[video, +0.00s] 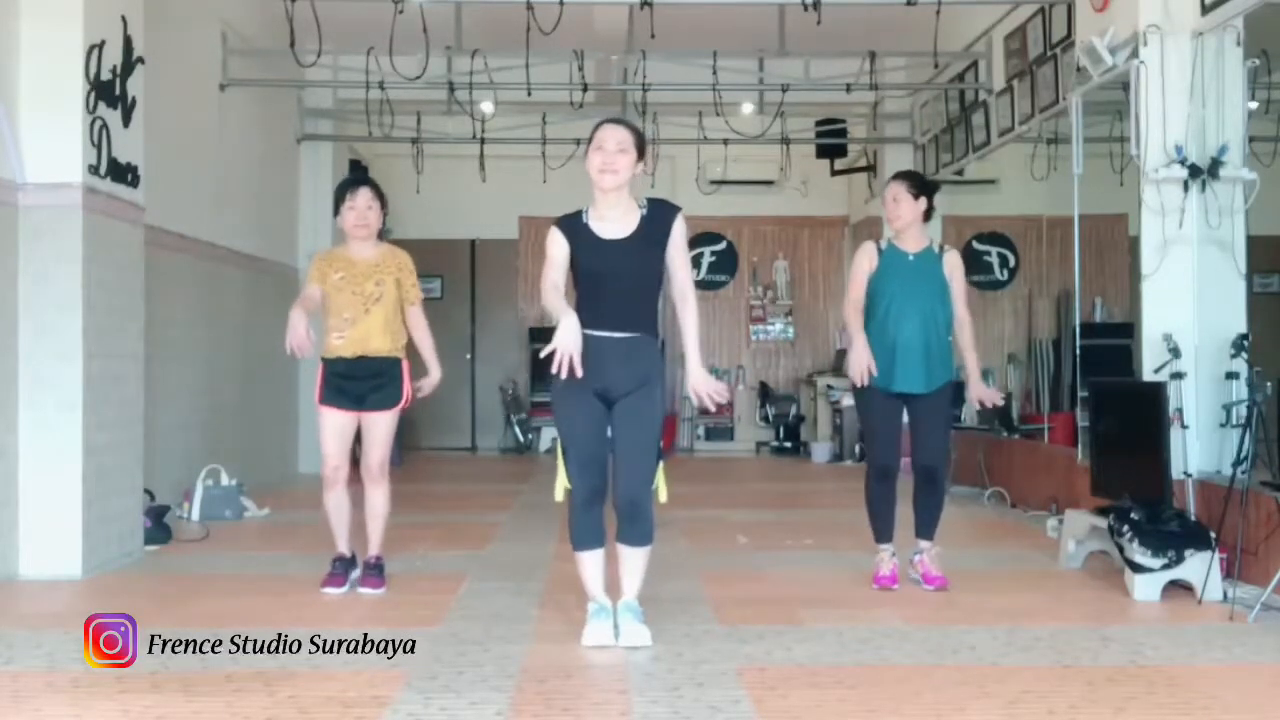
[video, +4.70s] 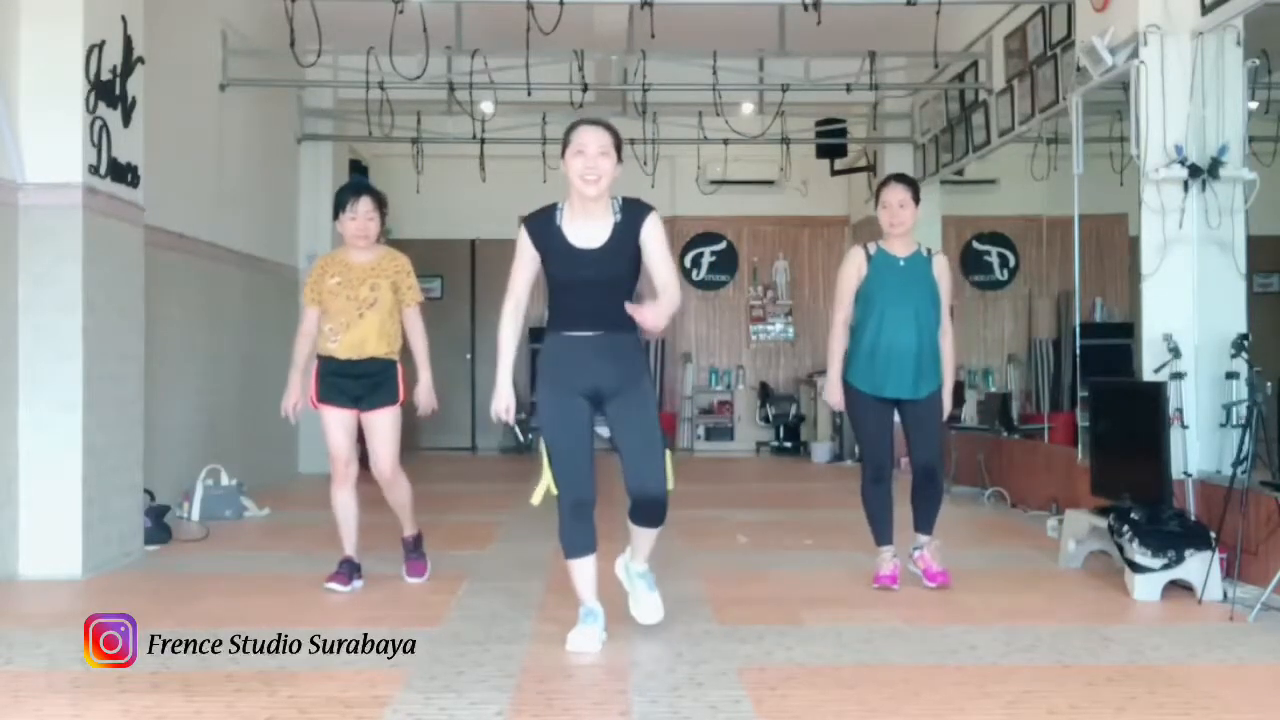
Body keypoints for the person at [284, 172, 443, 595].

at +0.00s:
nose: (361, 214)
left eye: (370, 207)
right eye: (351, 207)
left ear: (382, 216)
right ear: (339, 216)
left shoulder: (398, 260)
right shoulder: (326, 262)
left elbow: (415, 316)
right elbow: (309, 300)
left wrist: (433, 366)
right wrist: (297, 314)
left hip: (386, 371)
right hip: (338, 371)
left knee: (375, 469)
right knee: (334, 470)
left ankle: (373, 559)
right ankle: (342, 556)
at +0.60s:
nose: (358, 211)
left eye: (368, 204)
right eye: (350, 204)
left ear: (382, 214)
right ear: (338, 214)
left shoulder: (397, 261)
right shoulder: (323, 264)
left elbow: (406, 319)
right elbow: (306, 321)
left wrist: (408, 367)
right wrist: (293, 370)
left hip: (382, 368)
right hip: (333, 369)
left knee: (372, 468)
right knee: (335, 471)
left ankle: (374, 559)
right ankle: (345, 558)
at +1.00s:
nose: (350, 213)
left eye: (360, 207)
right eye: (343, 206)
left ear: (375, 216)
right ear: (331, 214)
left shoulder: (387, 262)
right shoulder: (319, 265)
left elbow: (379, 317)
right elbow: (308, 330)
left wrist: (369, 316)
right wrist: (297, 383)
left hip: (367, 369)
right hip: (322, 368)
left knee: (360, 469)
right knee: (335, 471)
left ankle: (371, 558)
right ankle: (345, 560)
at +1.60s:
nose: (356, 213)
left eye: (365, 206)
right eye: (348, 206)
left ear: (379, 215)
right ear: (335, 215)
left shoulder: (393, 259)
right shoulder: (323, 264)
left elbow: (399, 313)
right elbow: (303, 323)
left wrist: (398, 360)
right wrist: (283, 373)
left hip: (375, 369)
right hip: (327, 369)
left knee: (365, 469)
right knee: (340, 469)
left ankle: (373, 558)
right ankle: (346, 560)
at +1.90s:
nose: (360, 214)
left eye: (369, 207)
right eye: (350, 207)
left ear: (381, 216)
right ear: (338, 216)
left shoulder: (398, 261)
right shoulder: (324, 263)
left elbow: (412, 316)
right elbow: (307, 298)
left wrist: (426, 366)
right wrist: (299, 313)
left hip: (384, 370)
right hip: (336, 370)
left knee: (374, 468)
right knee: (338, 470)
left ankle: (373, 559)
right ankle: (345, 559)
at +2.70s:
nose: (359, 214)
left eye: (368, 207)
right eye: (351, 207)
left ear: (380, 216)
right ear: (337, 215)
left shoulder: (393, 260)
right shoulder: (321, 263)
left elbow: (402, 311)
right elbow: (299, 320)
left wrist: (392, 355)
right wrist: (290, 370)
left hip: (374, 369)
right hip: (328, 369)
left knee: (367, 468)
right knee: (336, 470)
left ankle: (373, 559)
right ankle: (345, 560)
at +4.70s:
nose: (362, 223)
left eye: (370, 215)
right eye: (352, 215)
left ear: (381, 220)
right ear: (338, 222)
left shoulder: (397, 264)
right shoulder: (324, 268)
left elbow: (414, 324)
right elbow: (307, 329)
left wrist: (425, 380)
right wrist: (295, 381)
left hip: (382, 373)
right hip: (332, 374)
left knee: (384, 469)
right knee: (342, 469)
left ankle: (411, 539)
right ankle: (349, 560)